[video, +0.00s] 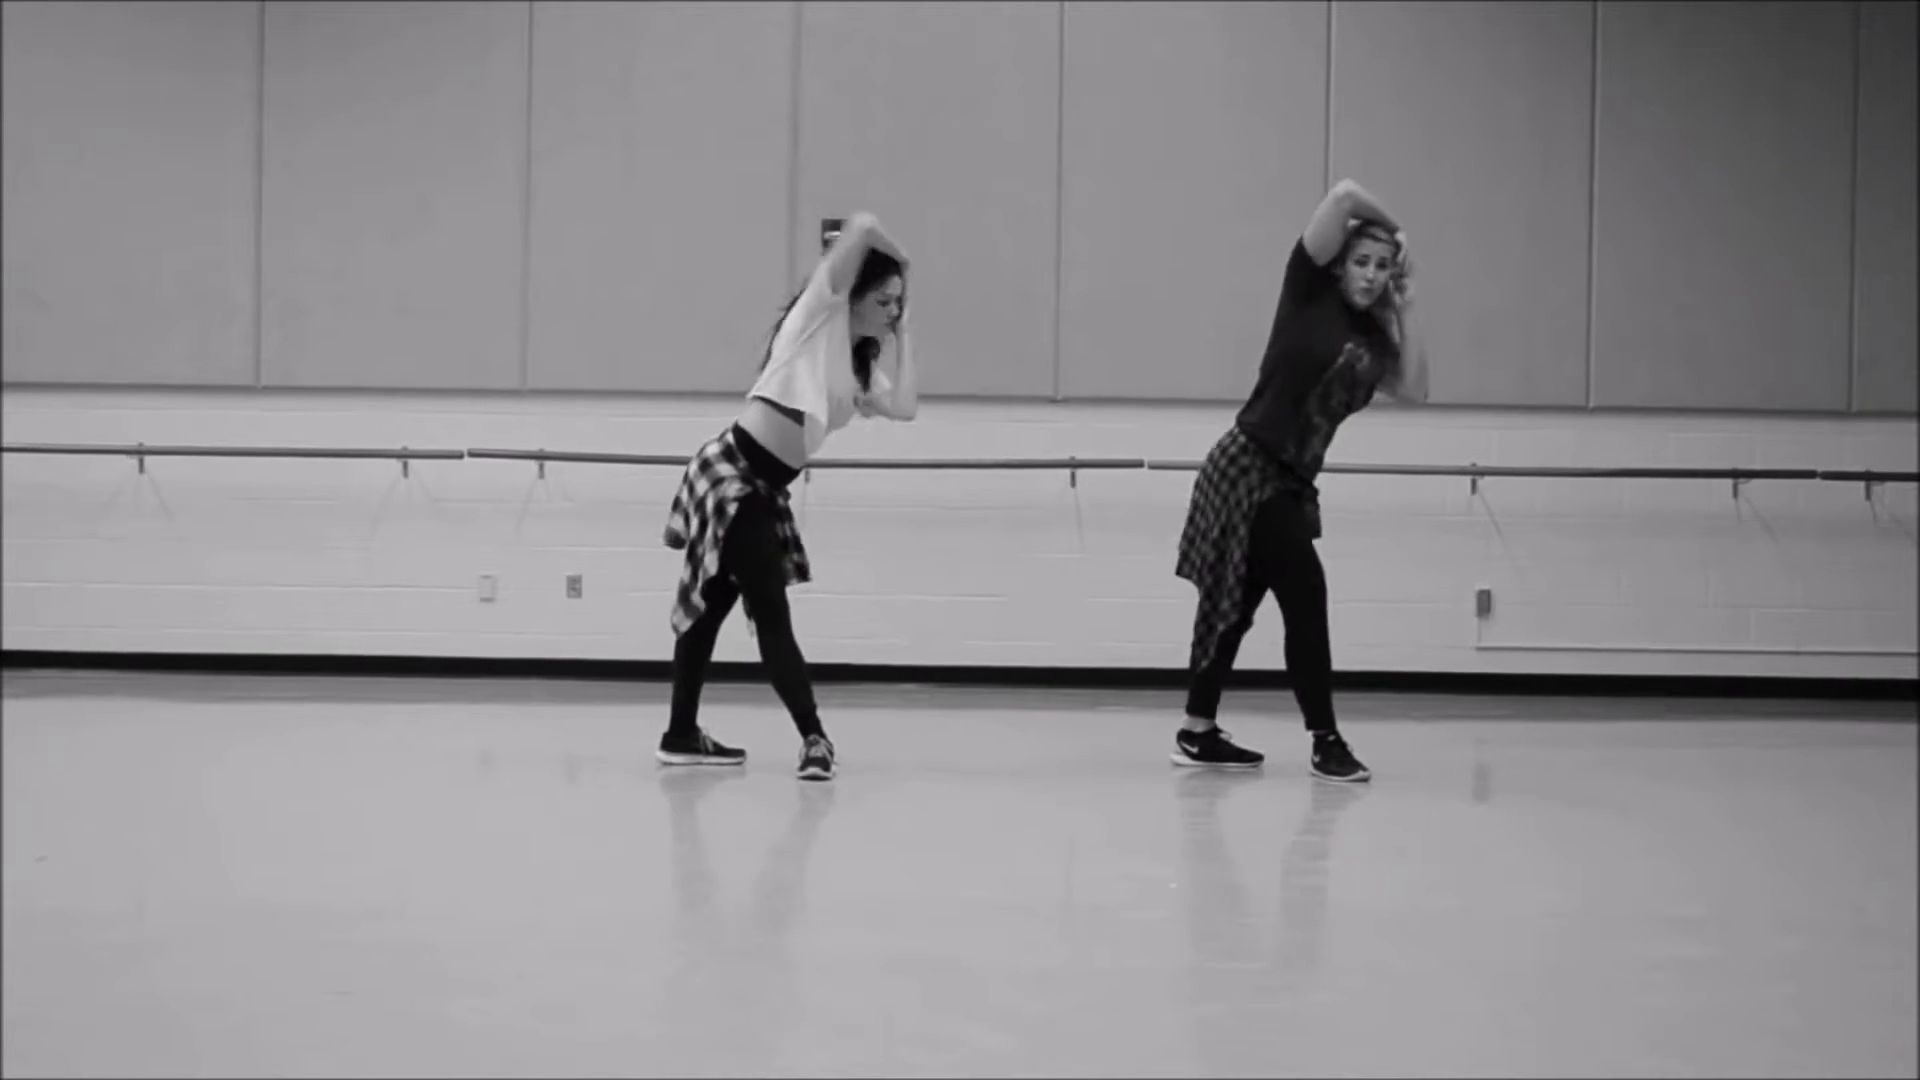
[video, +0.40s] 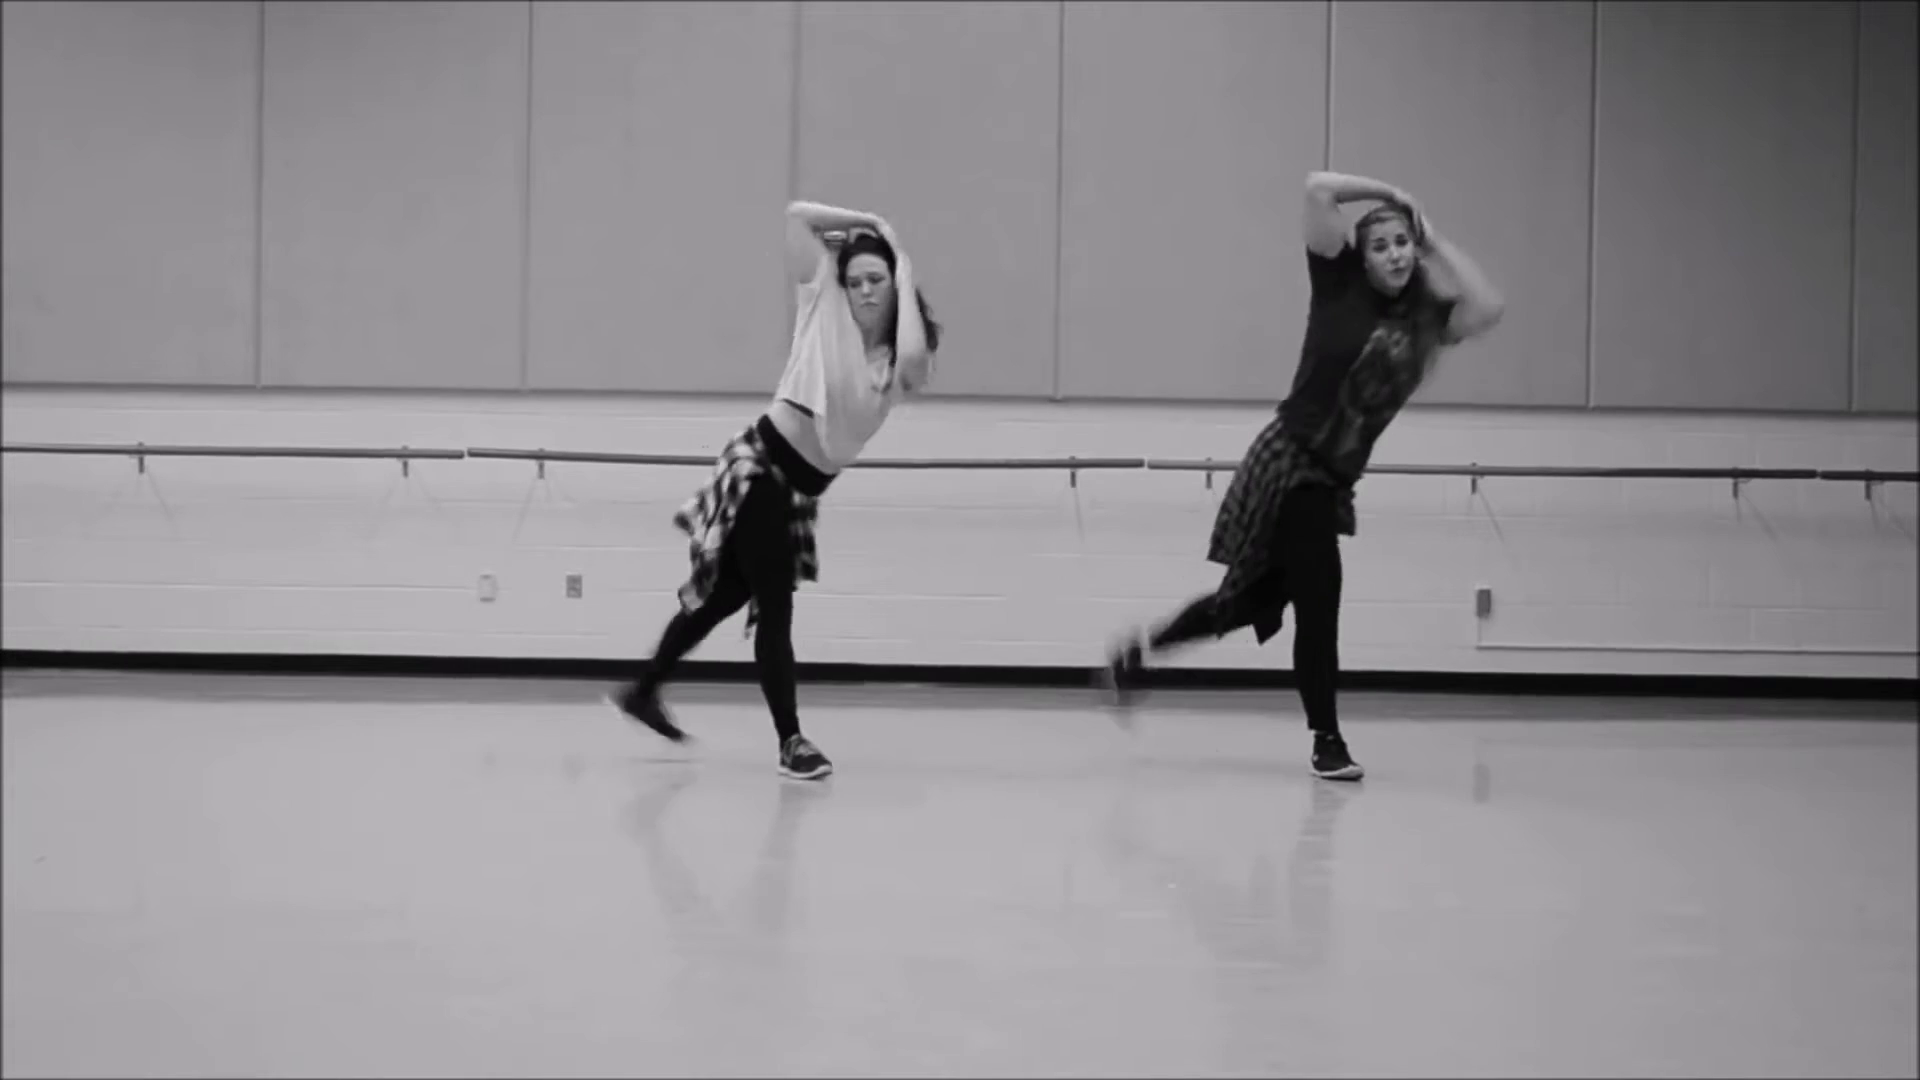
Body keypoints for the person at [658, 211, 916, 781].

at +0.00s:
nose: (891, 316)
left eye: (897, 305)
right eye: (883, 302)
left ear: (891, 308)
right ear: (853, 295)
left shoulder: (856, 372)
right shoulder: (813, 321)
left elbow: (902, 408)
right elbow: (861, 224)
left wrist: (901, 334)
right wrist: (894, 257)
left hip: (766, 488)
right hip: (733, 471)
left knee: (708, 607)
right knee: (772, 614)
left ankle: (681, 730)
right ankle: (814, 739)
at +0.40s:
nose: (864, 291)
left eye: (875, 281)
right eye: (855, 282)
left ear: (897, 287)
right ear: (843, 286)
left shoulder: (904, 360)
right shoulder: (821, 308)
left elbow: (914, 347)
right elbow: (798, 215)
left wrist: (899, 257)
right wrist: (861, 222)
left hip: (801, 490)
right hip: (763, 465)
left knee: (724, 596)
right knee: (776, 610)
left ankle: (643, 689)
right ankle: (791, 742)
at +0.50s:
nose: (860, 283)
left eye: (870, 271)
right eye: (850, 273)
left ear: (893, 276)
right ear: (840, 278)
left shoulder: (913, 347)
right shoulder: (821, 304)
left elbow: (908, 308)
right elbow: (776, 229)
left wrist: (902, 245)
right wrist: (838, 213)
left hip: (823, 491)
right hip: (777, 463)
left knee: (734, 592)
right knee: (786, 603)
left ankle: (619, 616)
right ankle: (793, 741)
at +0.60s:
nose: (858, 277)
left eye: (866, 267)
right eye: (849, 269)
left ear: (892, 270)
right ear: (840, 276)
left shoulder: (925, 335)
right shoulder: (819, 305)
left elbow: (887, 284)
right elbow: (752, 258)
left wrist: (873, 218)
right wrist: (814, 215)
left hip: (842, 491)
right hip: (794, 463)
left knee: (755, 594)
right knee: (798, 610)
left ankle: (655, 534)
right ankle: (795, 741)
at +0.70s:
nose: (867, 263)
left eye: (879, 253)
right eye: (857, 254)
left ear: (902, 260)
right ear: (844, 261)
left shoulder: (929, 314)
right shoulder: (826, 314)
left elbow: (863, 290)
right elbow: (743, 304)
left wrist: (829, 221)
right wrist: (784, 238)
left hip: (863, 488)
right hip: (808, 468)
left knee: (836, 591)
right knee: (803, 610)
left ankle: (738, 503)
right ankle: (795, 739)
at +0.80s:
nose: (872, 262)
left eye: (883, 252)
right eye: (862, 254)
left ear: (904, 257)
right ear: (849, 263)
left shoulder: (927, 302)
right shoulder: (837, 318)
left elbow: (863, 323)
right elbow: (781, 359)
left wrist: (809, 261)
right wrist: (785, 292)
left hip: (881, 476)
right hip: (823, 465)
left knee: (884, 614)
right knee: (813, 606)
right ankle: (796, 739)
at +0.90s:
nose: (887, 259)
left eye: (897, 248)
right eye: (875, 249)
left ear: (914, 254)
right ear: (860, 256)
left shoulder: (937, 303)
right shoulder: (842, 311)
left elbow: (908, 369)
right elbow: (823, 407)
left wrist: (839, 321)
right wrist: (830, 341)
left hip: (904, 477)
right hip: (838, 474)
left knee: (964, 595)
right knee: (821, 610)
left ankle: (901, 651)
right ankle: (799, 739)